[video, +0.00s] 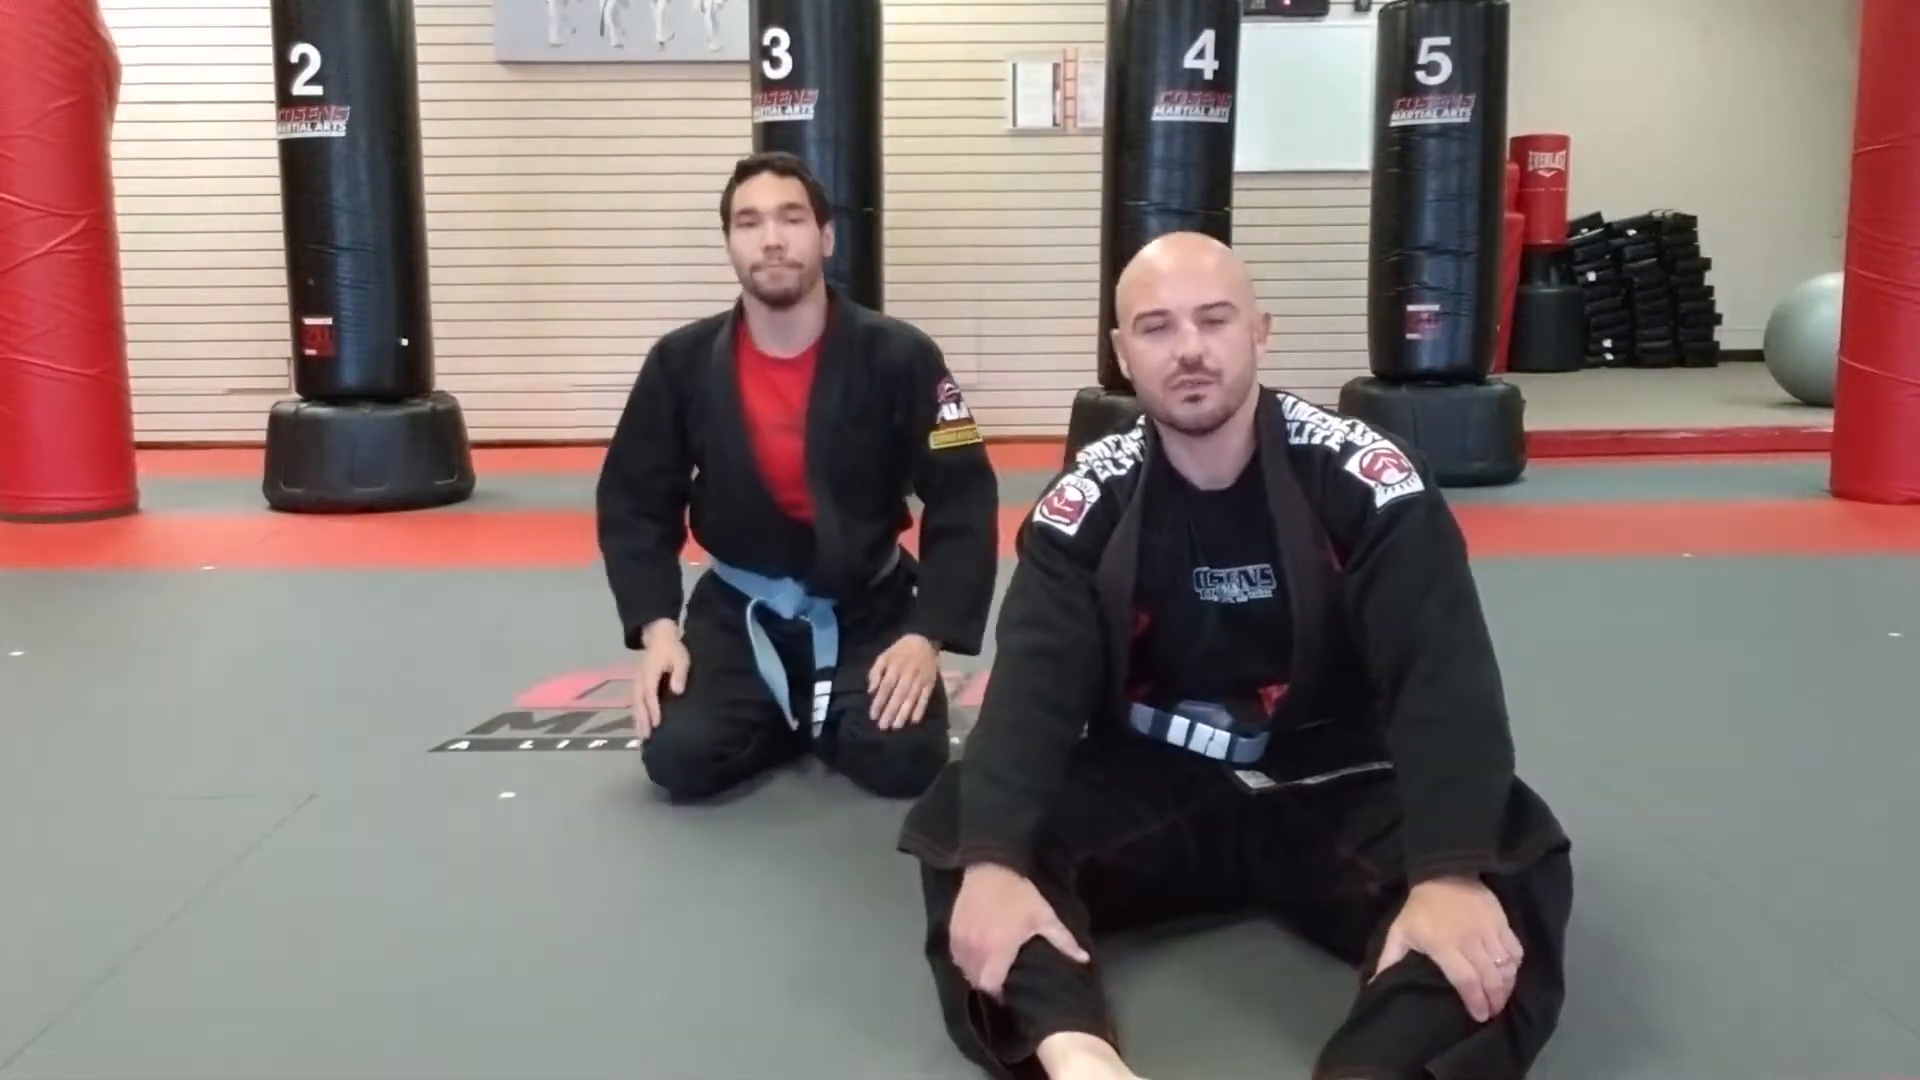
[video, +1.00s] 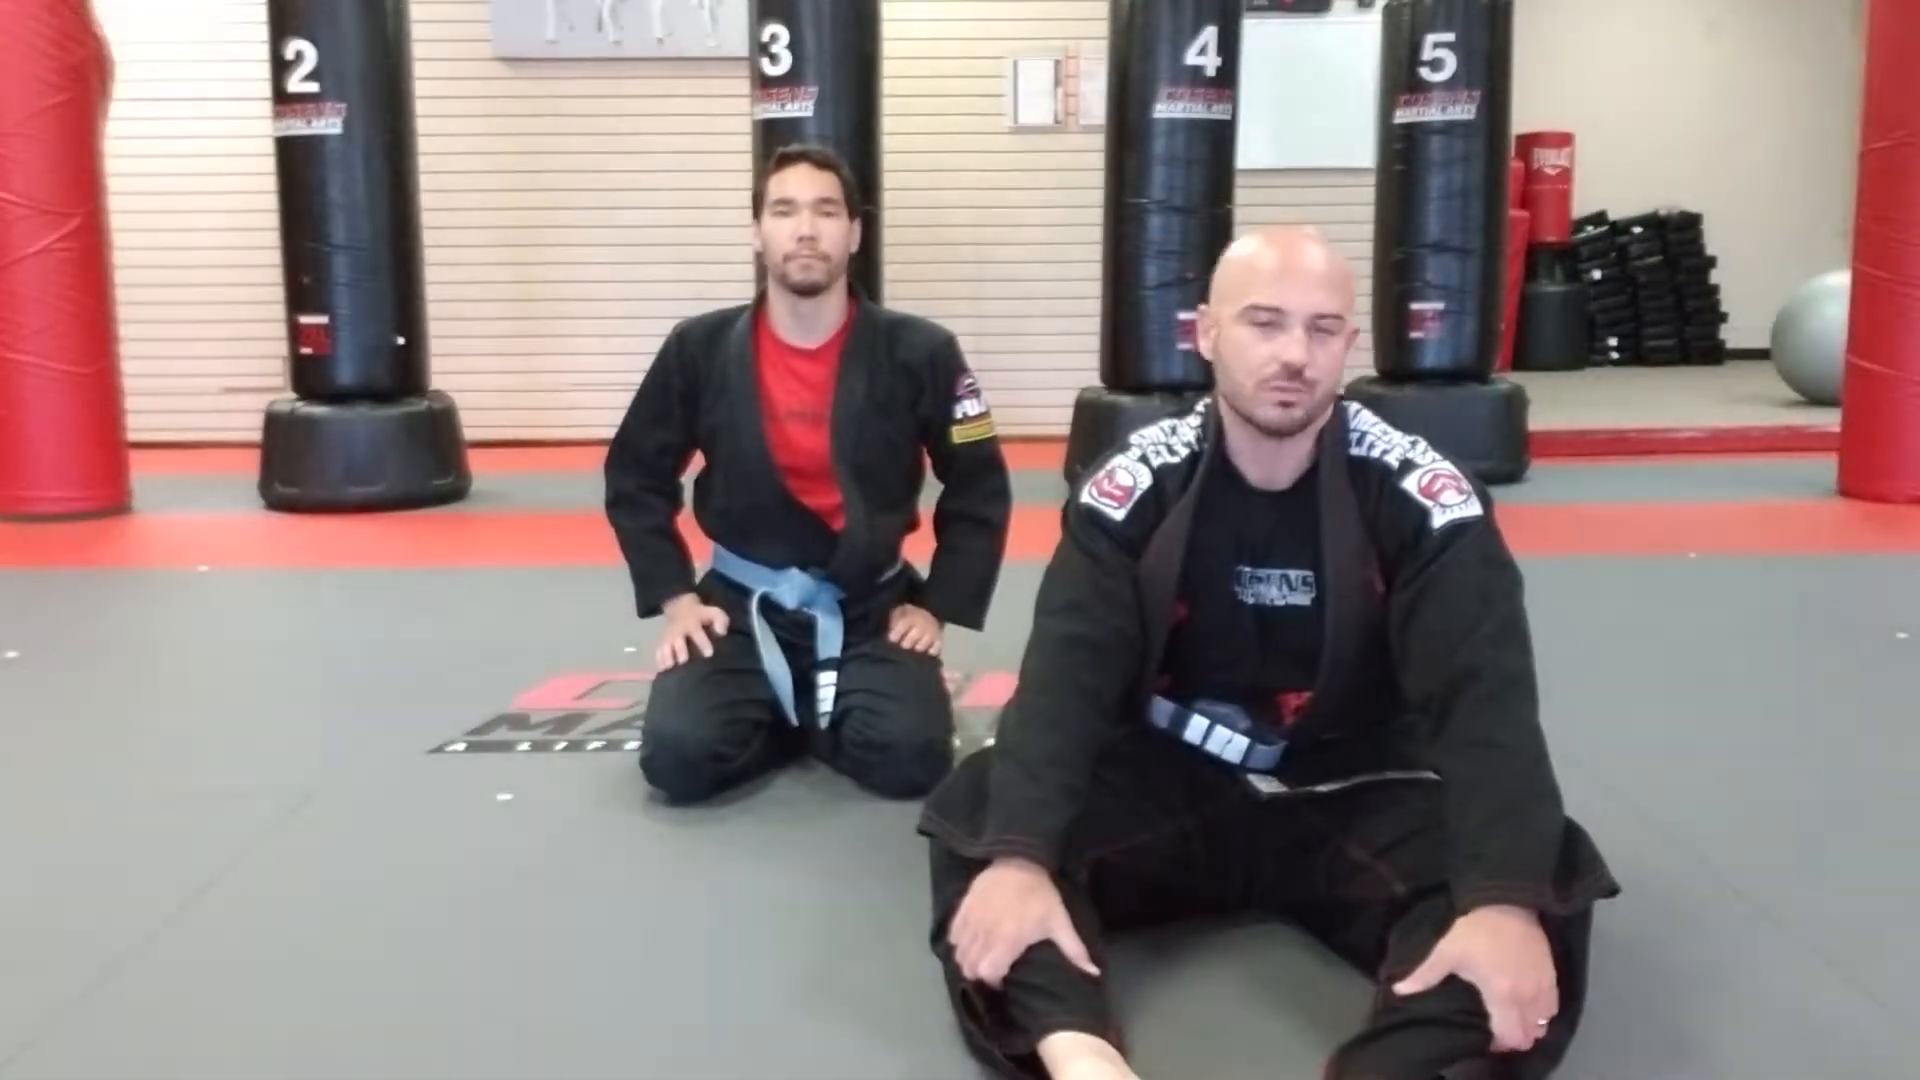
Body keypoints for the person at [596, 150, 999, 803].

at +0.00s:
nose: (771, 240)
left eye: (790, 219)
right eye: (750, 223)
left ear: (826, 237)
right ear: (728, 247)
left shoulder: (900, 360)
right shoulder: (682, 365)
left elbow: (964, 497)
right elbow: (635, 501)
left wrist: (929, 634)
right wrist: (655, 628)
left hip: (866, 599)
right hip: (740, 600)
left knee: (905, 761)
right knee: (682, 759)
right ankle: (810, 710)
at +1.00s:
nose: (805, 228)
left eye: (826, 211)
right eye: (784, 211)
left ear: (855, 234)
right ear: (758, 233)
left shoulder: (919, 355)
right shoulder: (700, 351)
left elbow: (979, 485)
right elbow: (636, 475)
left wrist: (938, 607)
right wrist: (674, 595)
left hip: (871, 605)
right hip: (741, 601)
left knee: (911, 760)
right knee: (680, 760)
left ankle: (784, 702)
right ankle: (802, 718)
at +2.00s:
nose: (795, 232)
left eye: (815, 215)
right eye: (774, 216)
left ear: (844, 237)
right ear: (749, 239)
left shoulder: (913, 355)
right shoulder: (694, 353)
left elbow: (974, 484)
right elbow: (631, 478)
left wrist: (932, 605)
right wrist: (669, 597)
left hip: (867, 605)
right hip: (736, 601)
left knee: (908, 760)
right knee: (678, 759)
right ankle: (804, 713)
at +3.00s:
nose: (596, 547)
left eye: (614, 519)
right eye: (571, 527)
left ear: (663, 472)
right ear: (547, 503)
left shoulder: (767, 474)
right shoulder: (546, 512)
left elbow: (849, 619)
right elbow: (555, 624)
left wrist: (813, 765)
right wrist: (582, 752)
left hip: (798, 556)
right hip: (672, 576)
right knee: (643, 711)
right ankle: (785, 714)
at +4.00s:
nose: (894, 303)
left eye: (910, 282)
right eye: (875, 284)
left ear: (937, 284)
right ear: (851, 290)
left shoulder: (1000, 369)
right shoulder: (814, 383)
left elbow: (1067, 486)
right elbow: (765, 502)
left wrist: (1011, 584)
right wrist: (788, 599)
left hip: (983, 586)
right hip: (856, 587)